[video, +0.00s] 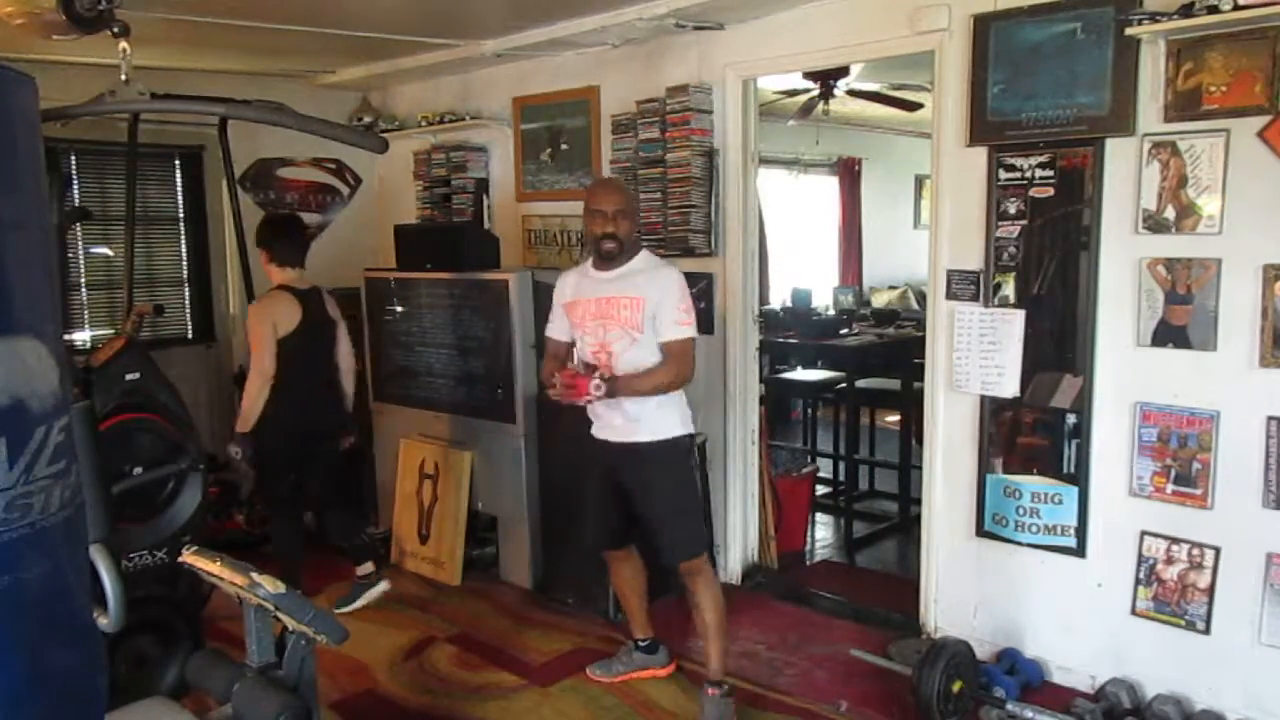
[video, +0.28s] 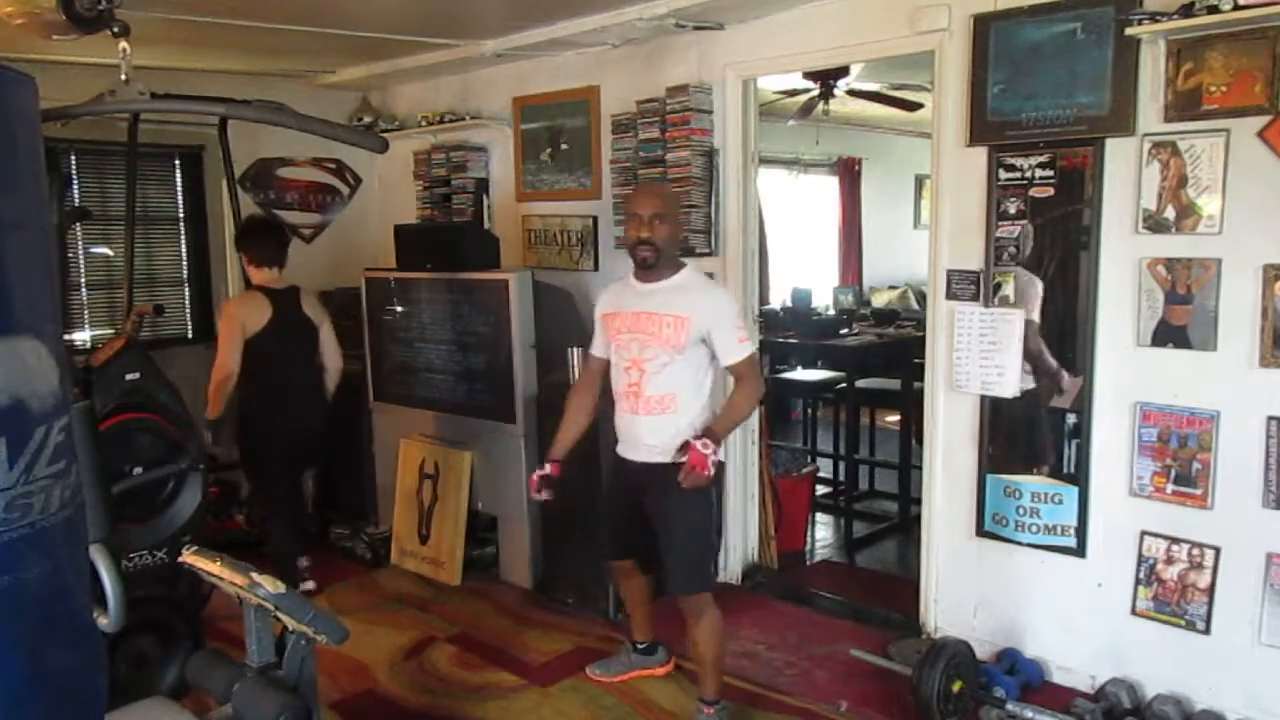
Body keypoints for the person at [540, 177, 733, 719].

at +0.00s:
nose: (607, 225)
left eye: (619, 215)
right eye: (597, 215)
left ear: (638, 221)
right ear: (584, 223)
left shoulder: (664, 280)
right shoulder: (569, 285)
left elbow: (681, 369)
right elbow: (553, 358)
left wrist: (615, 386)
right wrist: (555, 380)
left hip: (663, 442)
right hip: (603, 443)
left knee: (691, 562)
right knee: (616, 548)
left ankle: (717, 683)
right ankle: (644, 645)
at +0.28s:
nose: (642, 232)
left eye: (657, 220)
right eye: (633, 221)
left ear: (682, 228)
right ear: (623, 229)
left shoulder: (712, 300)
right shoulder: (612, 300)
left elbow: (752, 383)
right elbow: (589, 383)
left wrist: (710, 440)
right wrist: (554, 459)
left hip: (686, 468)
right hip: (626, 465)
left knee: (694, 596)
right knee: (626, 561)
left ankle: (710, 706)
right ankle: (645, 650)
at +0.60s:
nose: (671, 229)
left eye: (682, 214)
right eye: (658, 219)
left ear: (708, 215)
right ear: (646, 228)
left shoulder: (748, 290)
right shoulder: (631, 291)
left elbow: (762, 386)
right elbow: (629, 372)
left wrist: (721, 307)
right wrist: (622, 383)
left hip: (715, 472)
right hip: (641, 466)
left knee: (718, 602)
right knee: (621, 591)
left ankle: (712, 705)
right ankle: (650, 670)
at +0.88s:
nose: (673, 227)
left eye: (683, 212)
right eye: (657, 219)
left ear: (707, 216)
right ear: (644, 232)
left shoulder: (749, 290)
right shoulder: (621, 303)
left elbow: (772, 387)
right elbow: (595, 394)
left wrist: (725, 305)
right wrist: (562, 488)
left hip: (727, 495)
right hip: (646, 495)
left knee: (723, 626)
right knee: (641, 635)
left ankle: (712, 710)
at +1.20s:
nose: (641, 230)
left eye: (653, 213)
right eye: (624, 220)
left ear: (677, 213)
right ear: (610, 232)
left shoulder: (724, 293)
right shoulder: (586, 309)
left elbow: (756, 396)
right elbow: (556, 422)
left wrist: (700, 306)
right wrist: (534, 533)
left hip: (710, 513)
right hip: (622, 517)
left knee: (742, 669)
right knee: (625, 679)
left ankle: (724, 713)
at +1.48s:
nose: (634, 220)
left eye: (646, 202)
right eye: (617, 210)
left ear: (675, 206)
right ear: (604, 223)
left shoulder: (727, 298)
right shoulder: (574, 308)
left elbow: (747, 408)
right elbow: (566, 433)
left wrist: (692, 303)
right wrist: (607, 536)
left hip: (710, 532)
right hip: (615, 537)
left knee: (738, 699)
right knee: (619, 697)